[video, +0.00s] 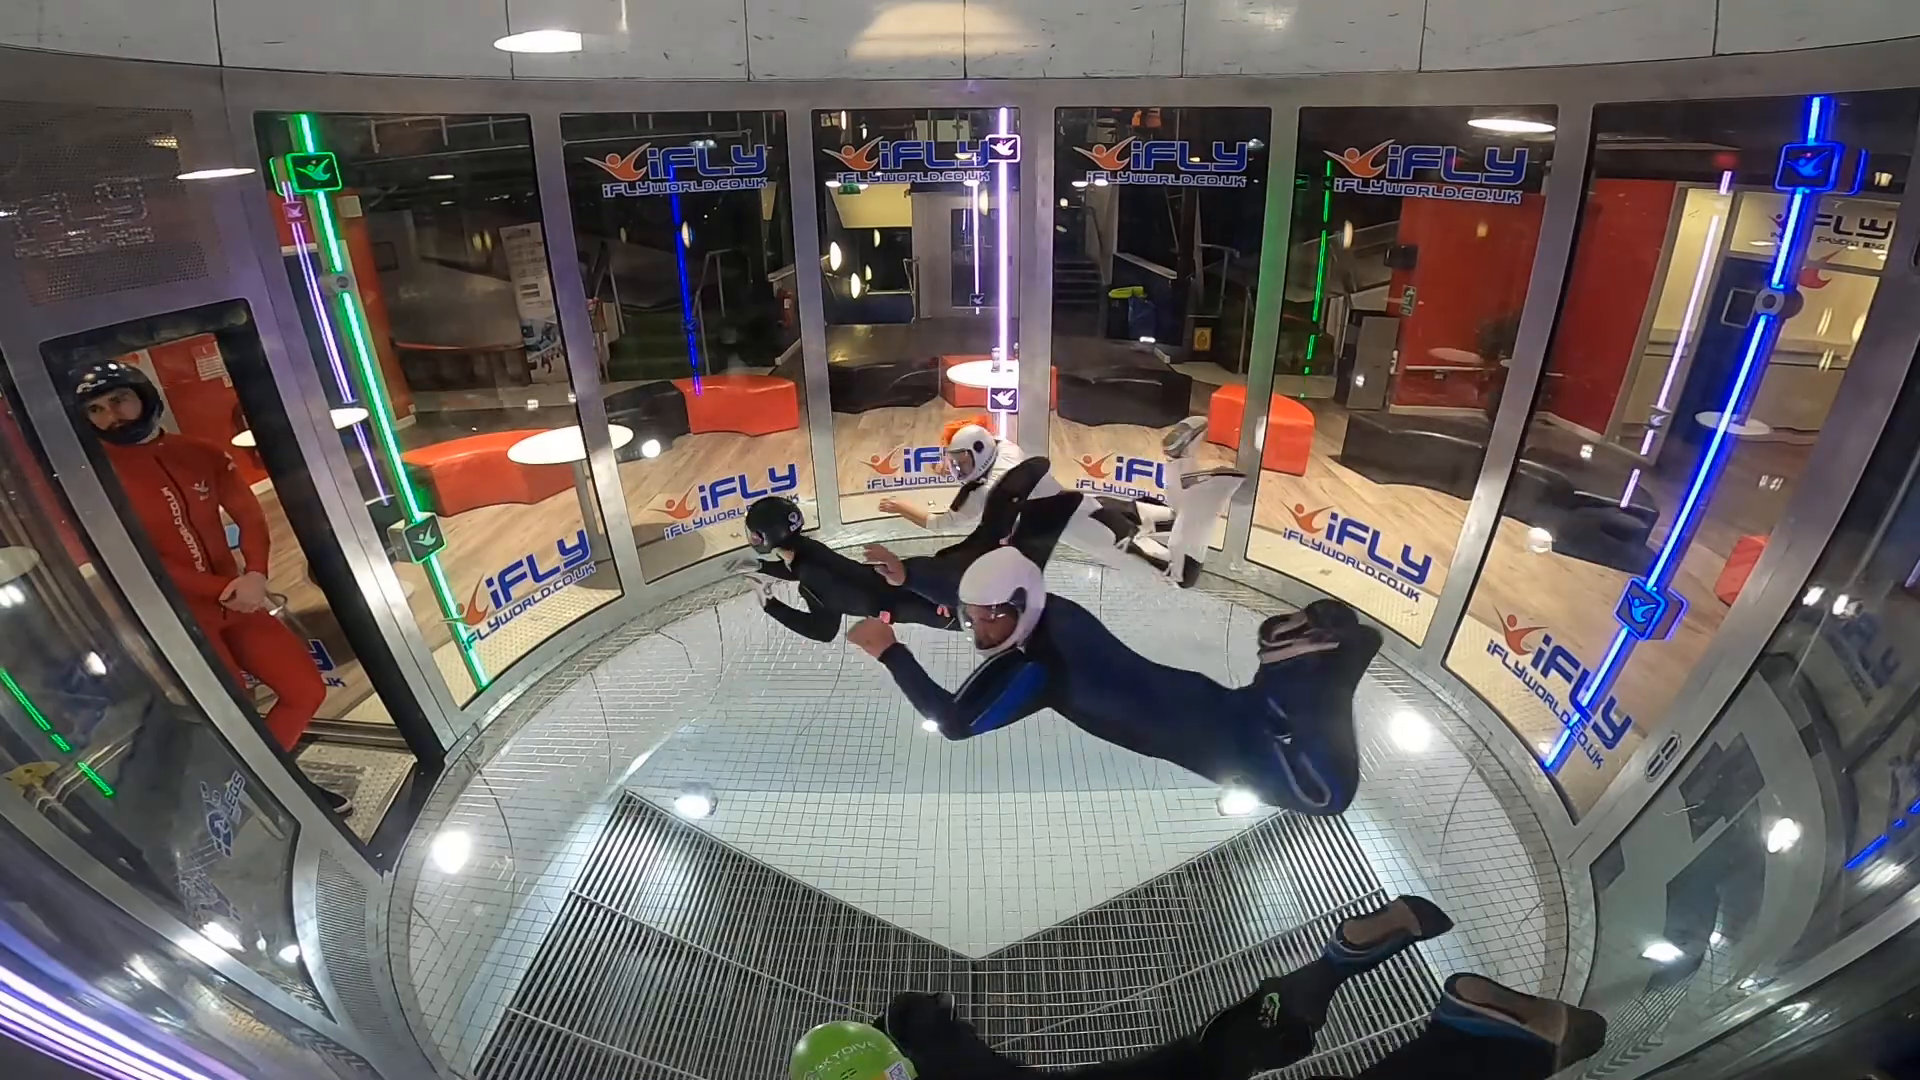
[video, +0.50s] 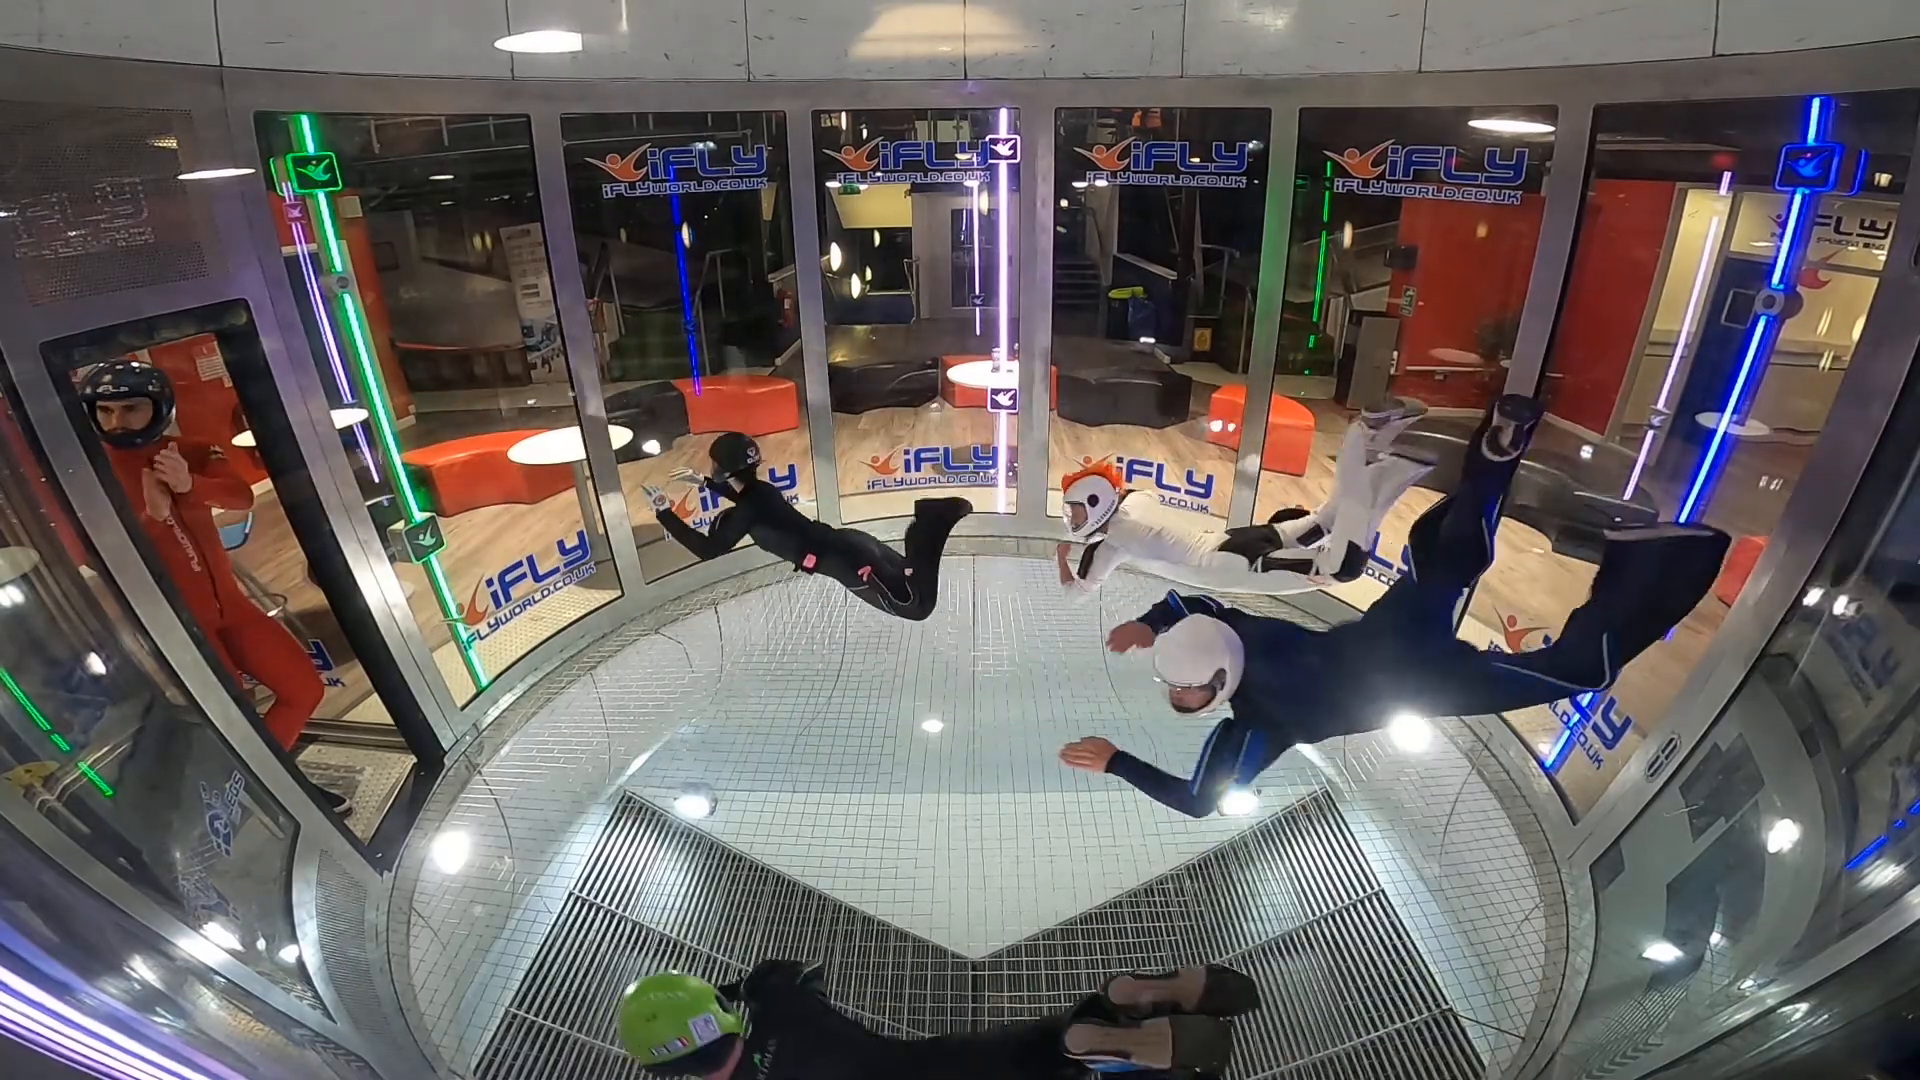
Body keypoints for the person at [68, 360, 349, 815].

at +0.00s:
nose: (115, 416)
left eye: (120, 400)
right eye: (98, 410)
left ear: (142, 398)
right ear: (86, 422)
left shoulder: (198, 454)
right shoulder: (97, 477)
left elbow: (250, 515)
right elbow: (135, 568)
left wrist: (254, 575)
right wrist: (225, 589)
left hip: (236, 603)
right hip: (185, 621)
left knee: (306, 690)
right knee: (238, 714)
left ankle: (245, 782)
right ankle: (292, 792)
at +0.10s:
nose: (113, 417)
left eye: (120, 401)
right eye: (97, 409)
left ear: (144, 399)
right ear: (85, 419)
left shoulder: (197, 455)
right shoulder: (96, 477)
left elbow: (251, 512)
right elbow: (129, 571)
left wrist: (253, 564)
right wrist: (214, 586)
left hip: (237, 603)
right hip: (184, 620)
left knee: (306, 690)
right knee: (237, 711)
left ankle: (244, 782)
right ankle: (291, 792)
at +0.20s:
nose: (112, 420)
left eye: (122, 404)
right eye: (98, 410)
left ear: (146, 402)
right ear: (85, 415)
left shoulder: (192, 455)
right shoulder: (93, 476)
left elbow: (252, 511)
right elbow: (111, 566)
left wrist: (250, 543)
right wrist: (192, 573)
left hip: (234, 603)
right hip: (181, 621)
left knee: (306, 689)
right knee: (238, 712)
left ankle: (242, 783)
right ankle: (292, 791)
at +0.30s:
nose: (116, 423)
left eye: (127, 407)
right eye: (101, 411)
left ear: (151, 405)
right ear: (86, 417)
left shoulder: (194, 454)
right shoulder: (90, 476)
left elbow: (254, 509)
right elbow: (93, 558)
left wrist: (238, 517)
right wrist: (161, 548)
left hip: (233, 606)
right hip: (182, 628)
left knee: (305, 689)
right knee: (237, 711)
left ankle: (247, 780)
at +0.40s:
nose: (119, 424)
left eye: (131, 409)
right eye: (105, 412)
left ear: (155, 408)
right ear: (91, 416)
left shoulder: (190, 454)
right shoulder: (91, 475)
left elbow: (246, 503)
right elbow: (99, 558)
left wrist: (201, 500)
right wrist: (167, 531)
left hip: (231, 607)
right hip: (181, 628)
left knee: (305, 688)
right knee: (239, 715)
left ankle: (244, 782)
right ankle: (290, 790)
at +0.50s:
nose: (118, 423)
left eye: (131, 409)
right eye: (104, 411)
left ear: (157, 410)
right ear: (90, 415)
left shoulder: (188, 452)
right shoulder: (92, 473)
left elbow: (242, 497)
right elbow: (96, 557)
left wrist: (191, 484)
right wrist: (150, 517)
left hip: (231, 606)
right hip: (182, 628)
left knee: (304, 688)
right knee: (240, 716)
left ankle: (243, 782)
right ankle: (293, 791)